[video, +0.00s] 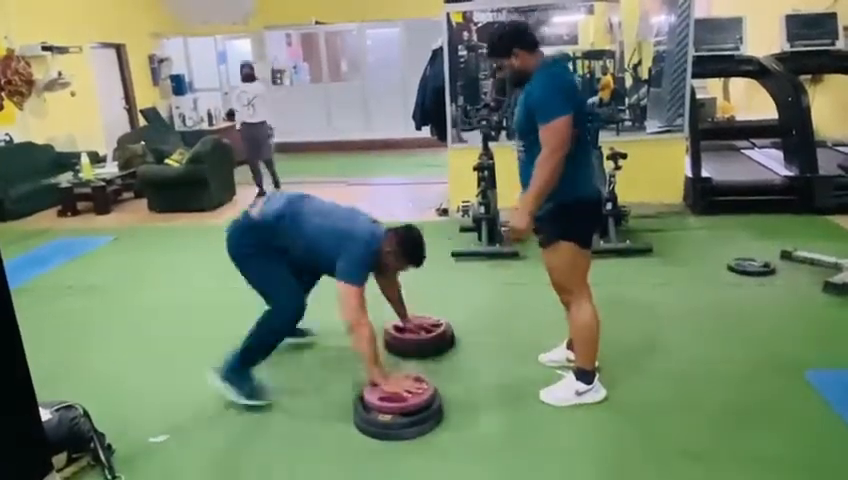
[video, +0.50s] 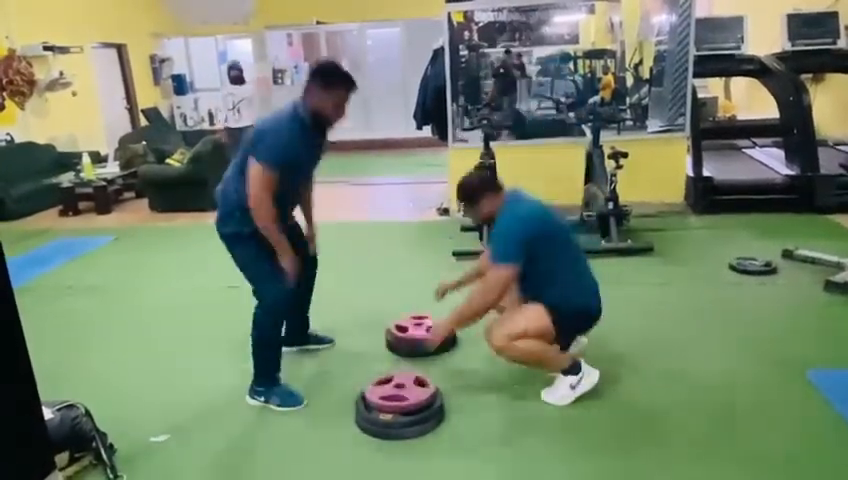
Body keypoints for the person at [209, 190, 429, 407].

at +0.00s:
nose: (396, 272)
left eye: (400, 269)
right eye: (397, 266)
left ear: (395, 242)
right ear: (389, 249)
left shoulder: (378, 236)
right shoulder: (356, 252)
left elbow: (387, 279)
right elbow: (356, 321)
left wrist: (404, 318)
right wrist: (377, 374)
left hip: (275, 219)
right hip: (248, 235)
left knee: (312, 267)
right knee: (289, 306)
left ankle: (285, 324)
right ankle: (234, 371)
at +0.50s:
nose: (342, 109)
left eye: (344, 102)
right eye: (338, 101)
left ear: (328, 95)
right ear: (314, 93)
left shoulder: (314, 129)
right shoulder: (278, 131)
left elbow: (302, 182)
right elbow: (258, 201)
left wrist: (308, 226)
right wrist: (284, 252)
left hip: (273, 213)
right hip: (240, 221)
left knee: (303, 261)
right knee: (274, 291)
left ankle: (296, 332)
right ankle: (264, 384)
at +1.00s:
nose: (302, 81)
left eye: (304, 73)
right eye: (298, 72)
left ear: (281, 63)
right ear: (274, 60)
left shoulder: (278, 97)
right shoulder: (242, 103)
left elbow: (288, 153)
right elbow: (244, 174)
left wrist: (323, 187)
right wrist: (272, 226)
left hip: (287, 210)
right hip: (257, 216)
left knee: (288, 276)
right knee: (265, 296)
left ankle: (294, 335)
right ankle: (262, 384)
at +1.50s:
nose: (302, 82)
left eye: (305, 75)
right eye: (299, 73)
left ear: (281, 64)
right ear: (274, 61)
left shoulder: (279, 99)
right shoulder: (242, 104)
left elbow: (287, 159)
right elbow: (240, 174)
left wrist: (303, 204)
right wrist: (268, 226)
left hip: (288, 212)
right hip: (260, 218)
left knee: (291, 278)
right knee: (266, 297)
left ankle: (294, 336)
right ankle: (262, 385)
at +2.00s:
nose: (312, 82)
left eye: (315, 75)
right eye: (309, 73)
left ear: (291, 64)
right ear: (284, 61)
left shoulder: (288, 97)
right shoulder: (250, 100)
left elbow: (296, 153)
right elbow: (245, 168)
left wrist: (322, 193)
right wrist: (282, 219)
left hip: (295, 208)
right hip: (265, 214)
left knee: (297, 276)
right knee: (271, 295)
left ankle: (299, 334)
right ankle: (268, 382)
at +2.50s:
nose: (367, 144)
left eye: (370, 137)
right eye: (366, 136)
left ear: (350, 125)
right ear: (347, 124)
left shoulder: (333, 148)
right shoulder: (306, 146)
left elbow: (321, 182)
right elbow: (270, 206)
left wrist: (332, 216)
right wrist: (302, 250)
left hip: (287, 220)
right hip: (252, 226)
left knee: (320, 267)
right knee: (291, 297)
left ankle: (302, 332)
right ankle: (269, 385)